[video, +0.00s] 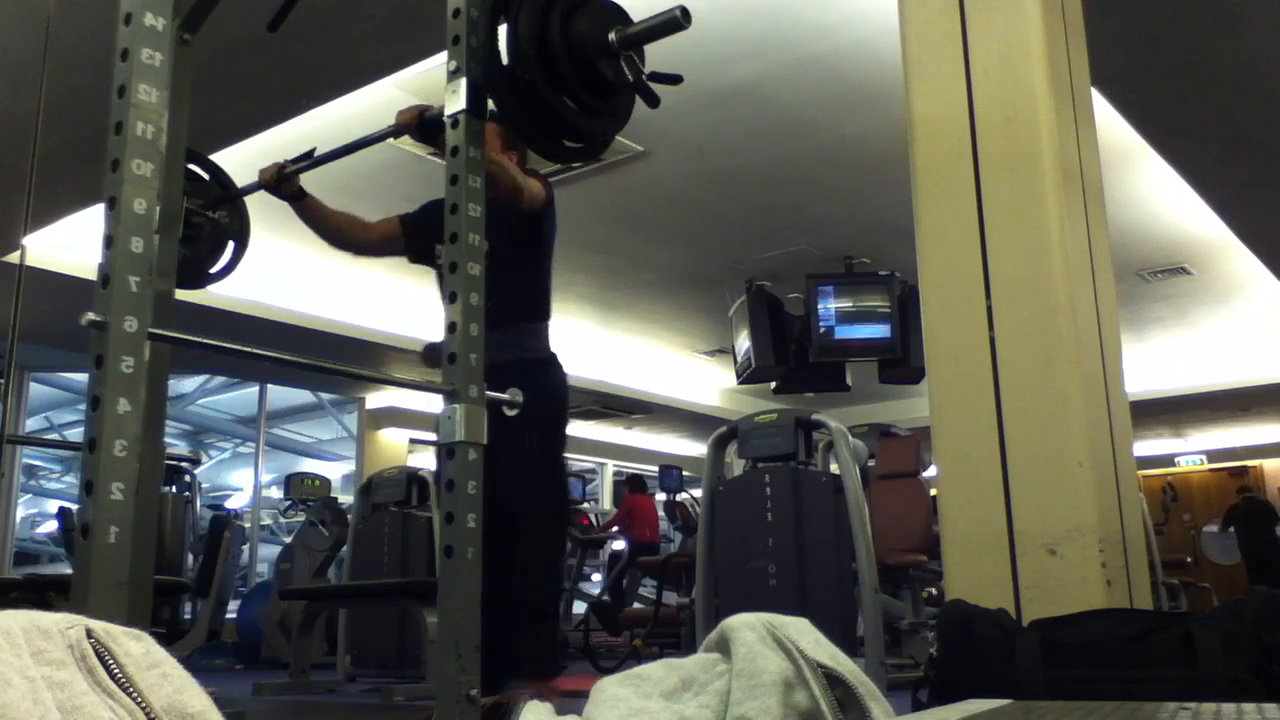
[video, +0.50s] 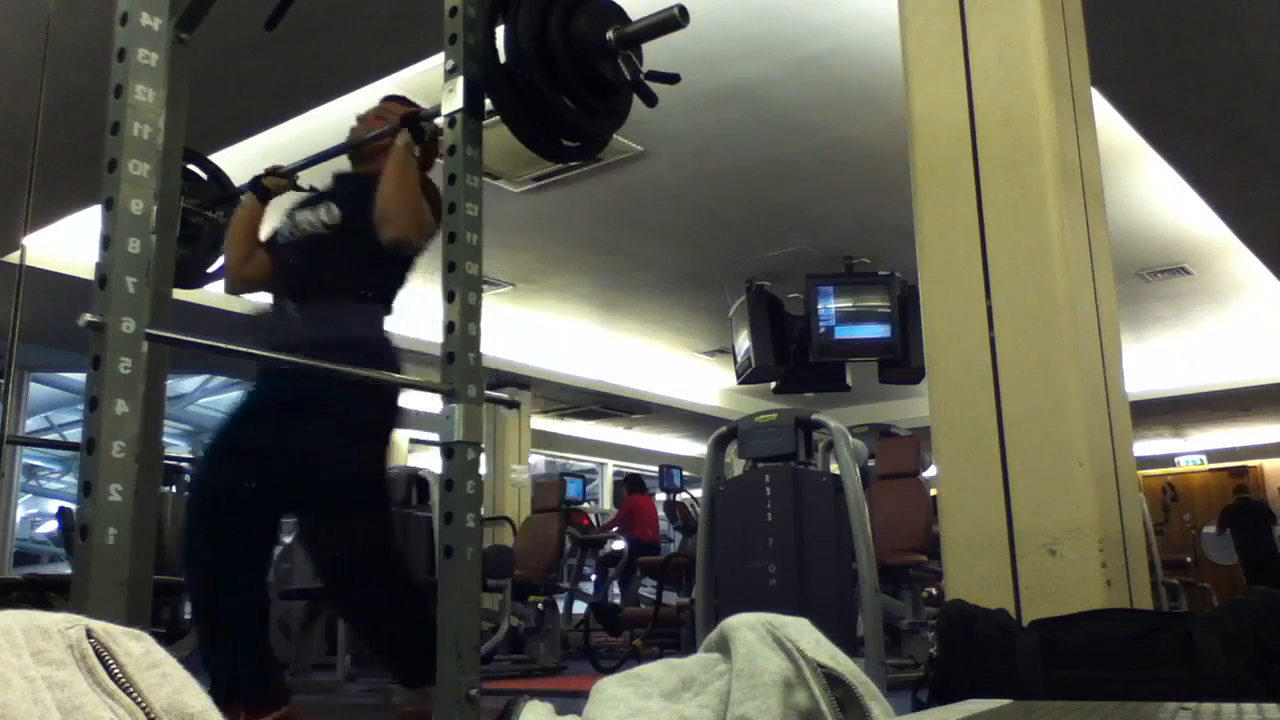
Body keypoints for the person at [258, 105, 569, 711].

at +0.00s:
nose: (470, 154)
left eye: (482, 143)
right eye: (465, 144)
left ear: (513, 152)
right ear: (455, 154)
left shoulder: (535, 198)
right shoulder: (447, 215)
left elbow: (506, 183)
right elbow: (361, 235)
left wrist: (443, 139)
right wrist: (296, 194)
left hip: (527, 383)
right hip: (469, 386)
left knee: (529, 532)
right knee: (472, 536)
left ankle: (532, 687)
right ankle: (485, 685)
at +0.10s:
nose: (468, 157)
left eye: (479, 145)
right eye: (460, 146)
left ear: (504, 152)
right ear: (447, 154)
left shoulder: (526, 200)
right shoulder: (431, 217)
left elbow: (517, 207)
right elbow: (350, 252)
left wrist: (445, 142)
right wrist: (297, 198)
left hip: (512, 389)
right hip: (449, 392)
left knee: (503, 537)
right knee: (435, 536)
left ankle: (500, 683)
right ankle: (461, 679)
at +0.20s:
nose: (428, 155)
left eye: (444, 146)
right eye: (427, 147)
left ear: (476, 156)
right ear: (427, 159)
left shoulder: (502, 208)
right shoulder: (407, 226)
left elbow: (499, 226)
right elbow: (331, 273)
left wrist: (436, 144)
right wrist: (291, 203)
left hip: (490, 397)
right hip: (421, 399)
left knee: (469, 544)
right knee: (370, 533)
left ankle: (475, 685)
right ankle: (437, 677)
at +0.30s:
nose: (403, 150)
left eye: (418, 140)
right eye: (399, 142)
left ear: (446, 153)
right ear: (393, 158)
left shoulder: (470, 206)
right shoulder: (382, 226)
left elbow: (469, 241)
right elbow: (304, 284)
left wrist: (434, 160)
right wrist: (281, 206)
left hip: (447, 404)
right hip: (386, 402)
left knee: (426, 553)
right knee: (298, 524)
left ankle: (445, 690)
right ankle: (343, 675)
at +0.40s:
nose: (375, 137)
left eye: (390, 129)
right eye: (379, 129)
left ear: (415, 150)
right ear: (379, 152)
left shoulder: (422, 205)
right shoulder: (345, 223)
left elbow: (425, 240)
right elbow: (270, 283)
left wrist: (422, 155)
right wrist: (267, 204)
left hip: (395, 399)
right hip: (337, 398)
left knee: (404, 568)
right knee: (247, 536)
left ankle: (453, 699)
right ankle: (242, 691)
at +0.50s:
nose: (373, 118)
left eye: (389, 114)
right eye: (370, 112)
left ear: (409, 140)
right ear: (354, 135)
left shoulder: (412, 195)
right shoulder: (315, 210)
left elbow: (399, 231)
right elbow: (240, 271)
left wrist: (412, 147)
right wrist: (258, 194)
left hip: (351, 379)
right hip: (287, 380)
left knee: (351, 546)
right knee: (220, 517)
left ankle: (432, 681)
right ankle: (250, 694)